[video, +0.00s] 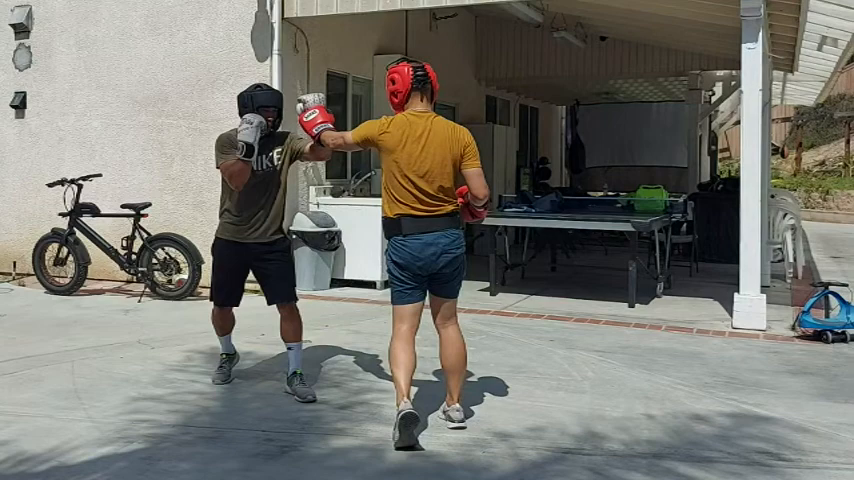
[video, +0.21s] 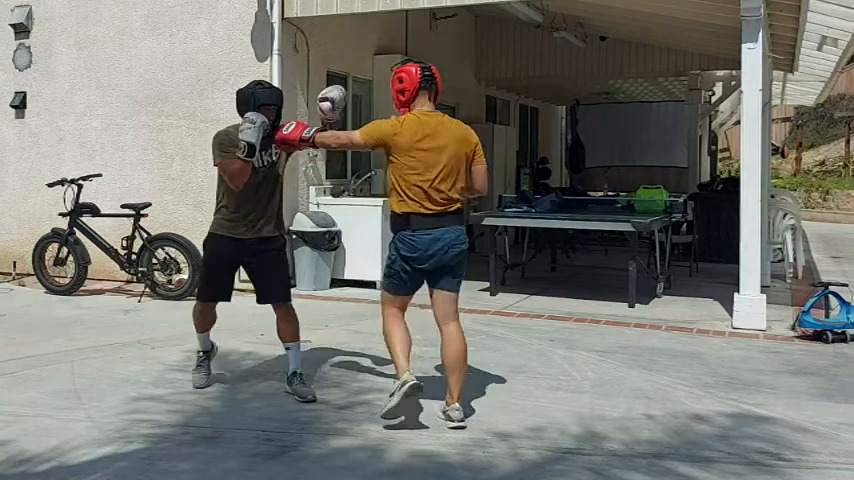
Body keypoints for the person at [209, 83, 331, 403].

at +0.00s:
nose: (270, 119)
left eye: (275, 114)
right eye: (264, 113)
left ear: (279, 116)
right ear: (247, 114)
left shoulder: (286, 141)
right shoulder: (228, 141)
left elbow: (322, 153)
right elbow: (236, 180)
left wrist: (317, 121)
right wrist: (248, 144)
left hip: (273, 240)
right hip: (231, 240)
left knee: (287, 304)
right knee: (221, 307)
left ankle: (295, 374)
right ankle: (227, 353)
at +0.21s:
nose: (271, 118)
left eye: (275, 112)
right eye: (264, 111)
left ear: (279, 114)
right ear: (247, 111)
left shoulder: (281, 139)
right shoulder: (226, 138)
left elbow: (315, 142)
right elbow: (235, 180)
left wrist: (329, 120)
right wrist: (249, 145)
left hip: (268, 238)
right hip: (225, 236)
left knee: (283, 304)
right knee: (205, 303)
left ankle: (295, 373)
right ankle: (205, 351)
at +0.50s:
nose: (242, 129)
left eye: (242, 123)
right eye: (236, 124)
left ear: (238, 122)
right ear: (215, 126)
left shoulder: (241, 153)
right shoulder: (186, 155)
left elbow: (264, 190)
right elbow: (198, 204)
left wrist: (294, 182)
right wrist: (224, 175)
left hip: (236, 253)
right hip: (190, 252)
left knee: (267, 312)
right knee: (163, 316)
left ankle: (293, 374)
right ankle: (134, 381)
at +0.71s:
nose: (230, 130)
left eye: (232, 123)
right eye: (225, 123)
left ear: (218, 121)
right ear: (204, 120)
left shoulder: (215, 147)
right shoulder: (170, 142)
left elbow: (225, 181)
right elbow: (178, 192)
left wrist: (250, 178)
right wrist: (216, 170)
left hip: (210, 241)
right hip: (170, 242)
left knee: (247, 300)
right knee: (155, 317)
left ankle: (238, 376)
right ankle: (132, 382)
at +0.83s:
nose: (235, 129)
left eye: (237, 123)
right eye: (232, 123)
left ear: (219, 119)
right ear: (214, 117)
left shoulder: (215, 142)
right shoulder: (181, 135)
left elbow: (209, 179)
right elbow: (196, 182)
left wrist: (240, 155)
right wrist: (230, 159)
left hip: (202, 243)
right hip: (165, 241)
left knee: (234, 303)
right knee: (155, 315)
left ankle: (211, 376)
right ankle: (132, 381)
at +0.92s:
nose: (239, 135)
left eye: (242, 130)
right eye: (238, 129)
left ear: (217, 122)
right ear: (221, 123)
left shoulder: (215, 147)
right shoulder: (185, 138)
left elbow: (219, 182)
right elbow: (205, 183)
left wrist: (242, 155)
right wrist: (238, 158)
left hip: (199, 247)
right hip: (163, 245)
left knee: (230, 306)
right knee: (155, 320)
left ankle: (209, 378)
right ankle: (132, 382)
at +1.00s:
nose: (245, 140)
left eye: (248, 135)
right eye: (245, 134)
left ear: (223, 127)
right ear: (228, 128)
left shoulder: (214, 153)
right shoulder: (195, 141)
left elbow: (234, 193)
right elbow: (212, 188)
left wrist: (249, 162)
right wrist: (243, 164)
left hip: (195, 251)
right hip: (161, 249)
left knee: (228, 307)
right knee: (157, 324)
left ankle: (209, 380)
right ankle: (126, 376)